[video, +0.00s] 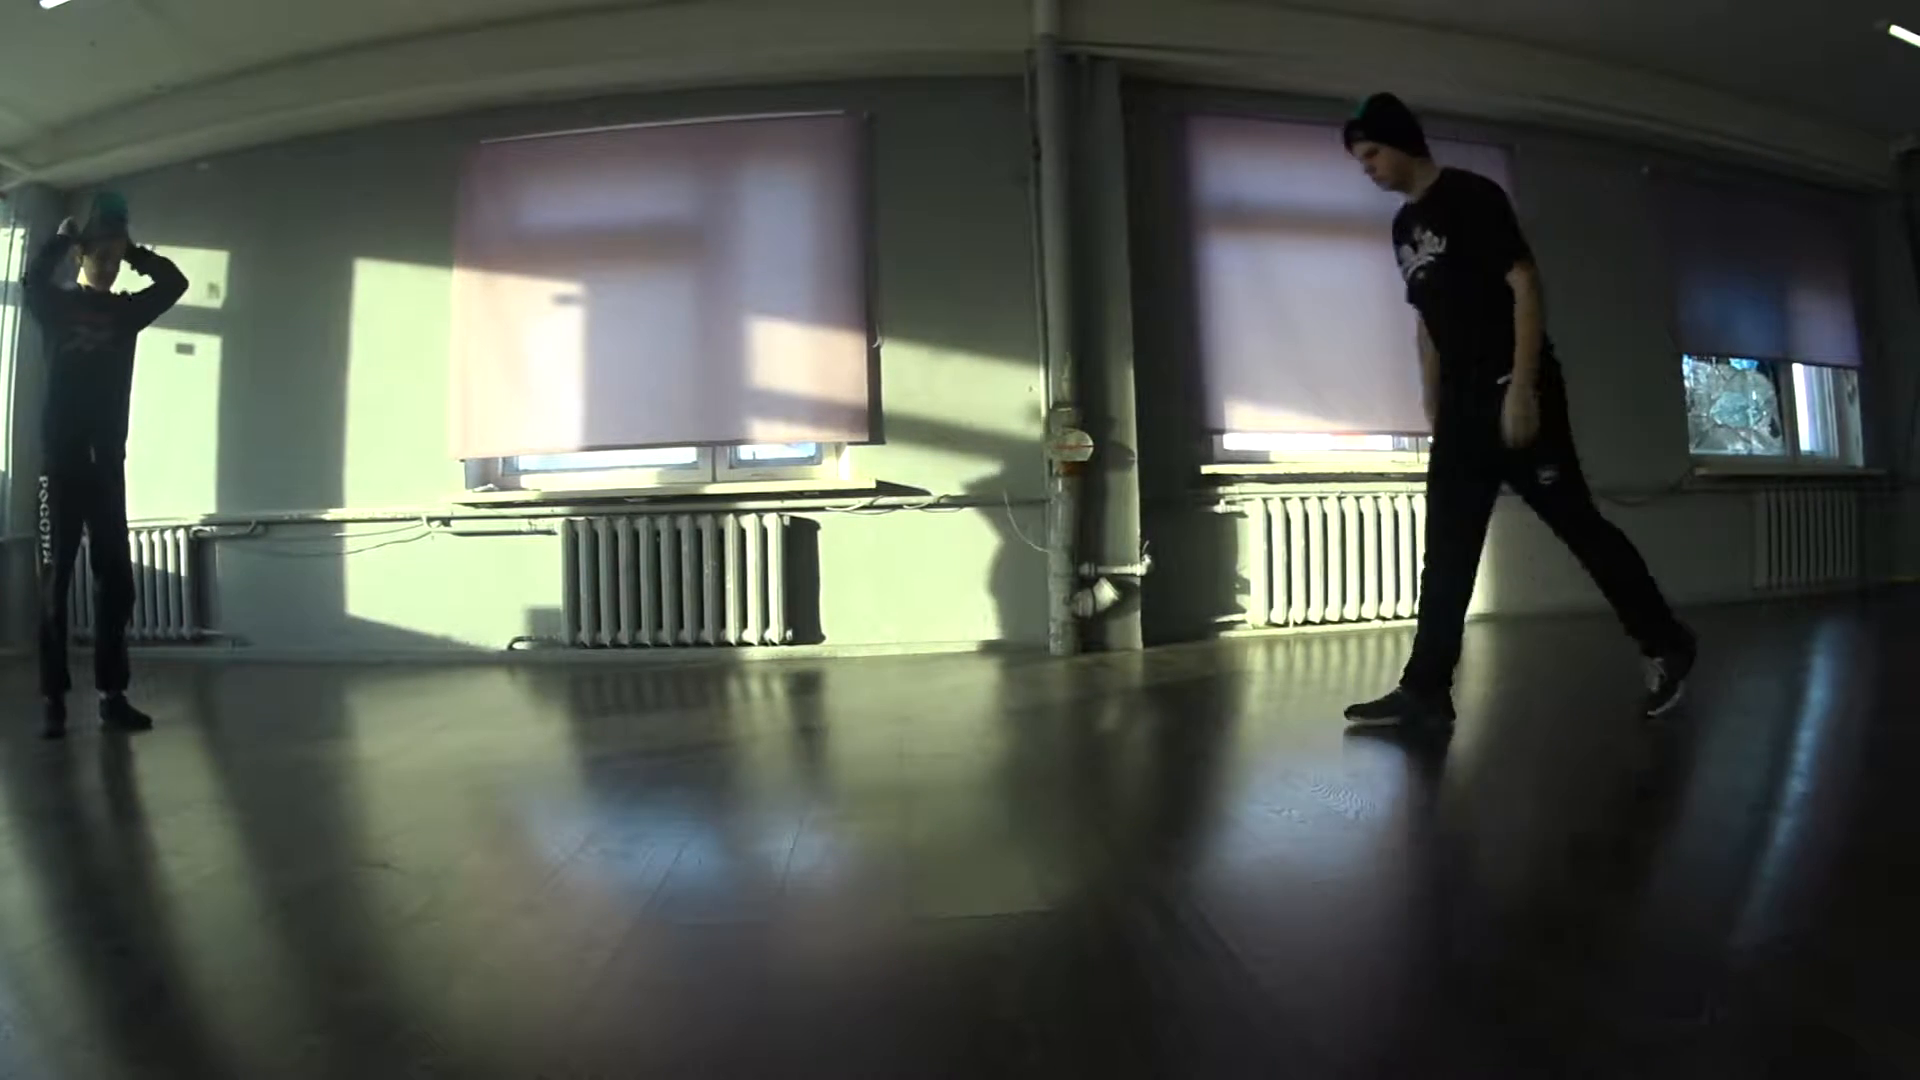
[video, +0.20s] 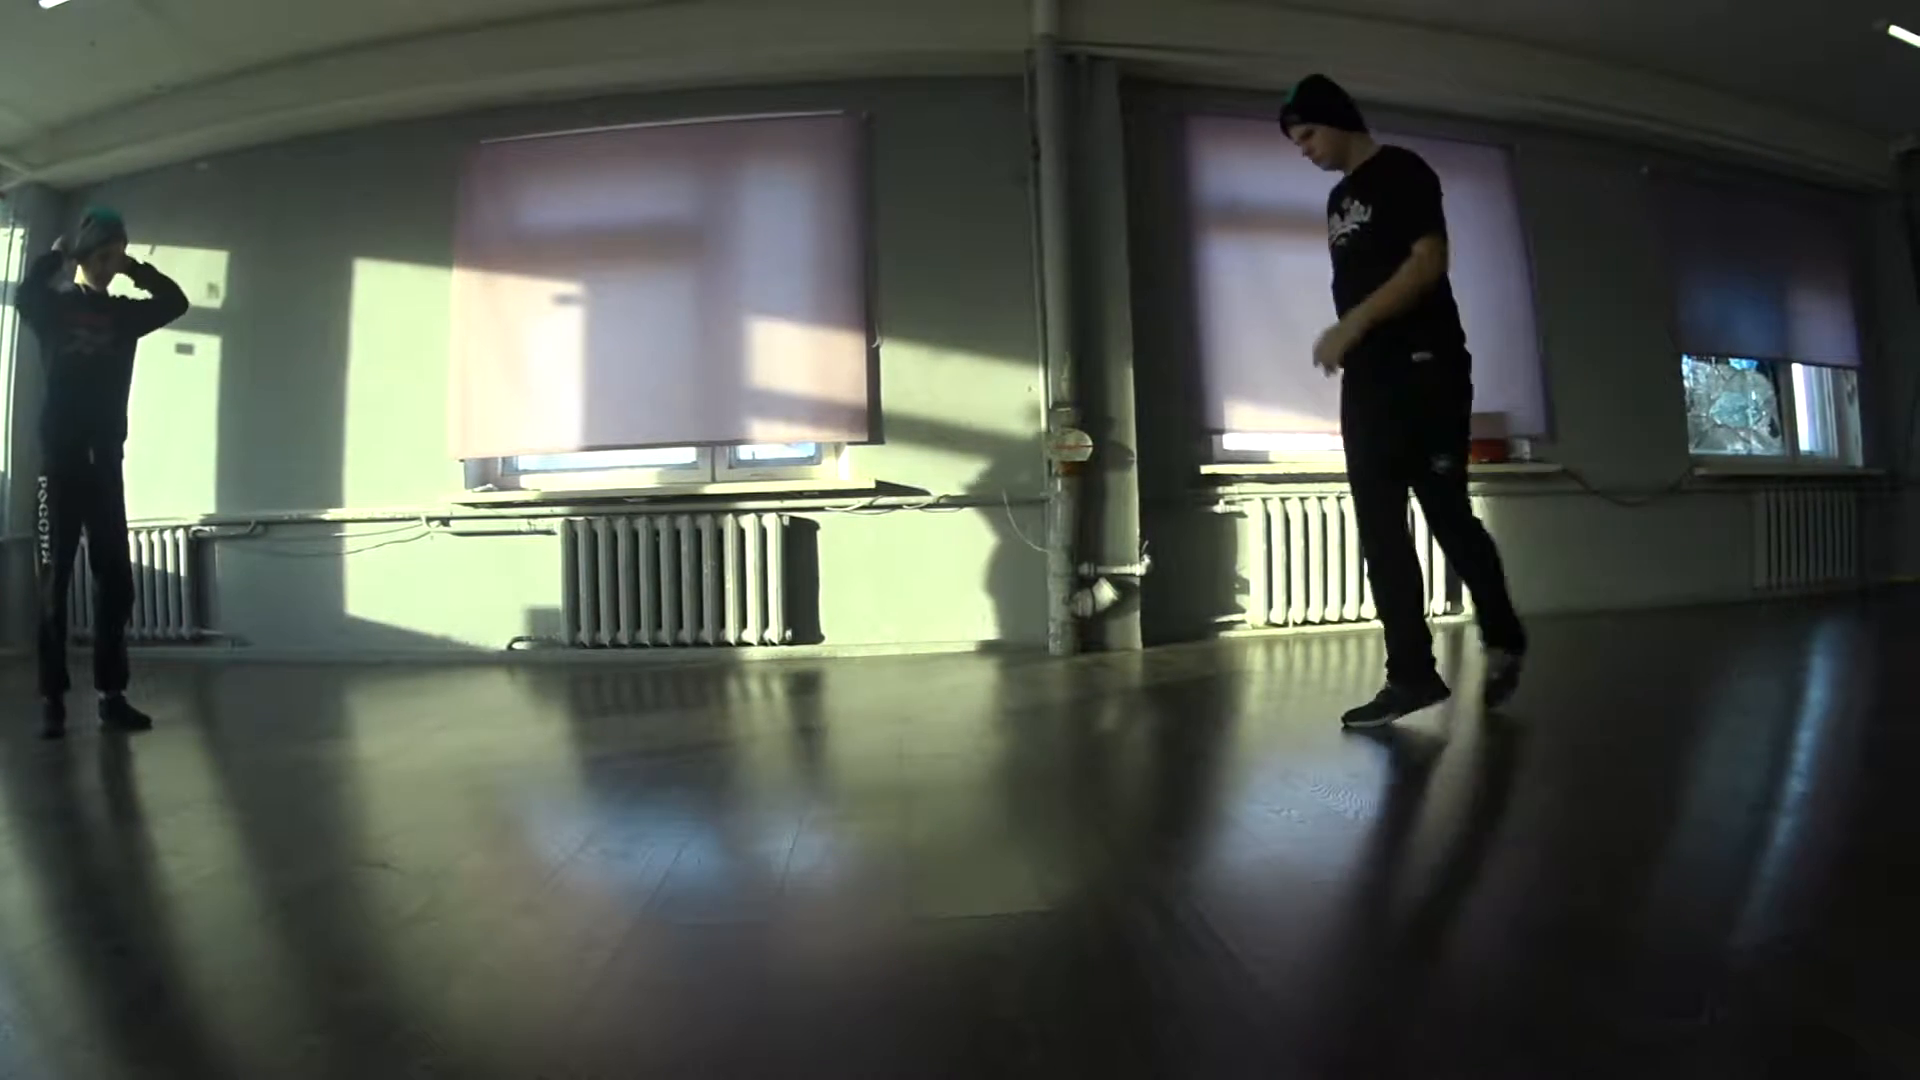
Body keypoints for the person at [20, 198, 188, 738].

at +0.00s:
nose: (107, 261)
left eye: (115, 252)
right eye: (99, 251)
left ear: (122, 257)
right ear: (81, 254)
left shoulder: (128, 311)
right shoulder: (56, 304)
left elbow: (174, 281)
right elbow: (33, 280)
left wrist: (135, 250)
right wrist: (62, 239)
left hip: (108, 456)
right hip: (61, 454)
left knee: (117, 579)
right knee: (57, 576)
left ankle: (114, 697)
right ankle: (54, 701)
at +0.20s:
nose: (114, 262)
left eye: (118, 254)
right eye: (107, 253)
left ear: (118, 256)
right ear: (86, 255)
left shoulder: (127, 314)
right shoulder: (53, 306)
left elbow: (175, 301)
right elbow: (24, 291)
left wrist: (135, 268)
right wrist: (58, 254)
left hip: (106, 458)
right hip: (60, 457)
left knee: (117, 579)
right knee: (55, 578)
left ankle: (113, 697)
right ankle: (53, 701)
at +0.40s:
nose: (112, 264)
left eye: (116, 255)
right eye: (105, 254)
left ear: (118, 256)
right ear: (83, 254)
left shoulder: (123, 318)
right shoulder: (53, 306)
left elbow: (171, 321)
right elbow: (23, 305)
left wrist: (135, 281)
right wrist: (50, 262)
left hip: (104, 456)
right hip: (58, 454)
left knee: (114, 576)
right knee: (54, 574)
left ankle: (112, 696)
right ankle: (51, 699)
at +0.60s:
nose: (109, 266)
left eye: (114, 257)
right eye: (104, 256)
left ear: (113, 257)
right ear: (84, 254)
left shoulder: (122, 316)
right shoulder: (49, 307)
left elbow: (170, 305)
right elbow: (24, 301)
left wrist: (129, 276)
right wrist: (56, 261)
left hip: (103, 456)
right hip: (57, 455)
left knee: (114, 577)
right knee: (53, 575)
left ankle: (111, 696)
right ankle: (51, 700)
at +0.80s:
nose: (113, 262)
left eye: (115, 254)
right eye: (108, 252)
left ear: (111, 257)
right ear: (87, 254)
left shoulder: (121, 313)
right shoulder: (49, 305)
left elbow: (169, 293)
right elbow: (27, 292)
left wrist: (132, 259)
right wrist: (57, 251)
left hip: (103, 455)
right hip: (58, 453)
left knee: (114, 578)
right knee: (54, 575)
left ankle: (111, 697)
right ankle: (51, 701)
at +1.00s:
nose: (108, 261)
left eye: (112, 253)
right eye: (101, 251)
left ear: (111, 256)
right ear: (78, 252)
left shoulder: (117, 307)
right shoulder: (50, 301)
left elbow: (162, 271)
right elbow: (40, 264)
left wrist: (129, 229)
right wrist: (67, 223)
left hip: (103, 454)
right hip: (57, 451)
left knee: (113, 579)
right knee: (54, 575)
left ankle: (111, 697)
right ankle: (50, 702)